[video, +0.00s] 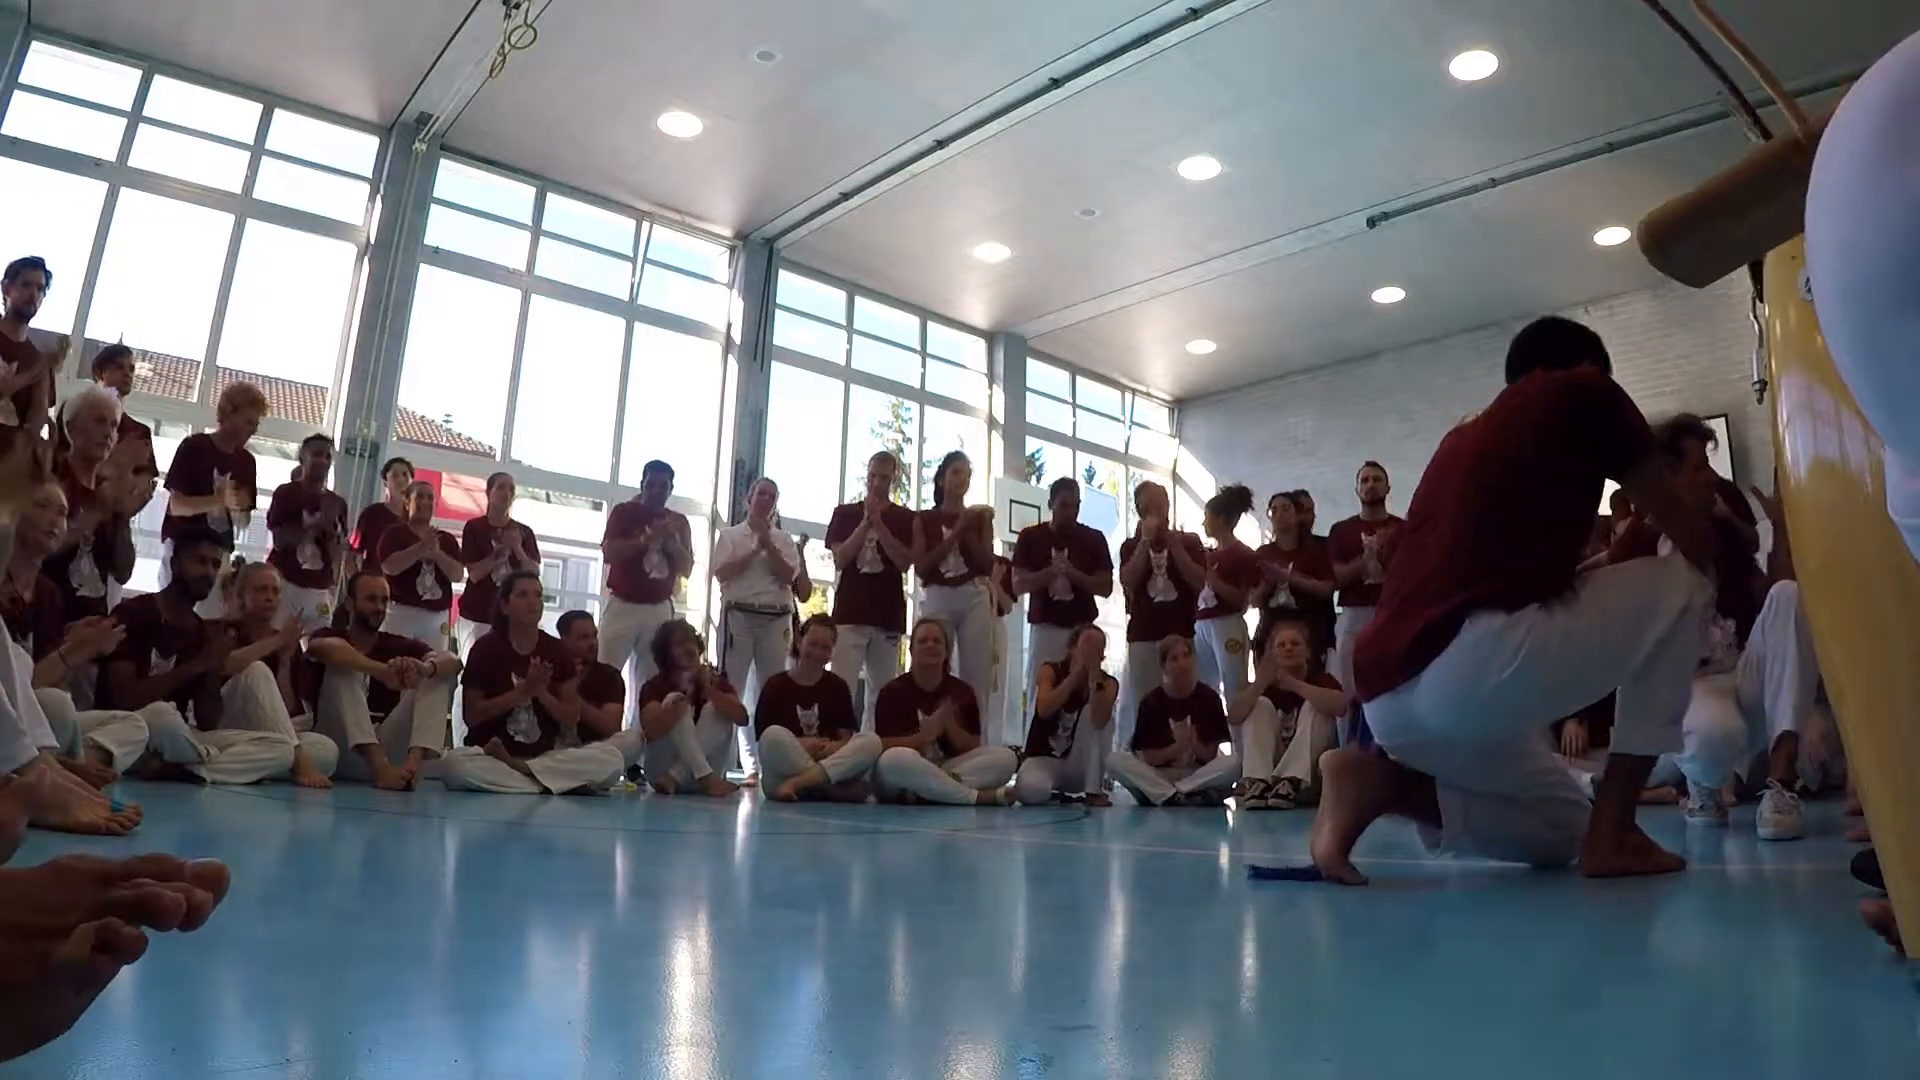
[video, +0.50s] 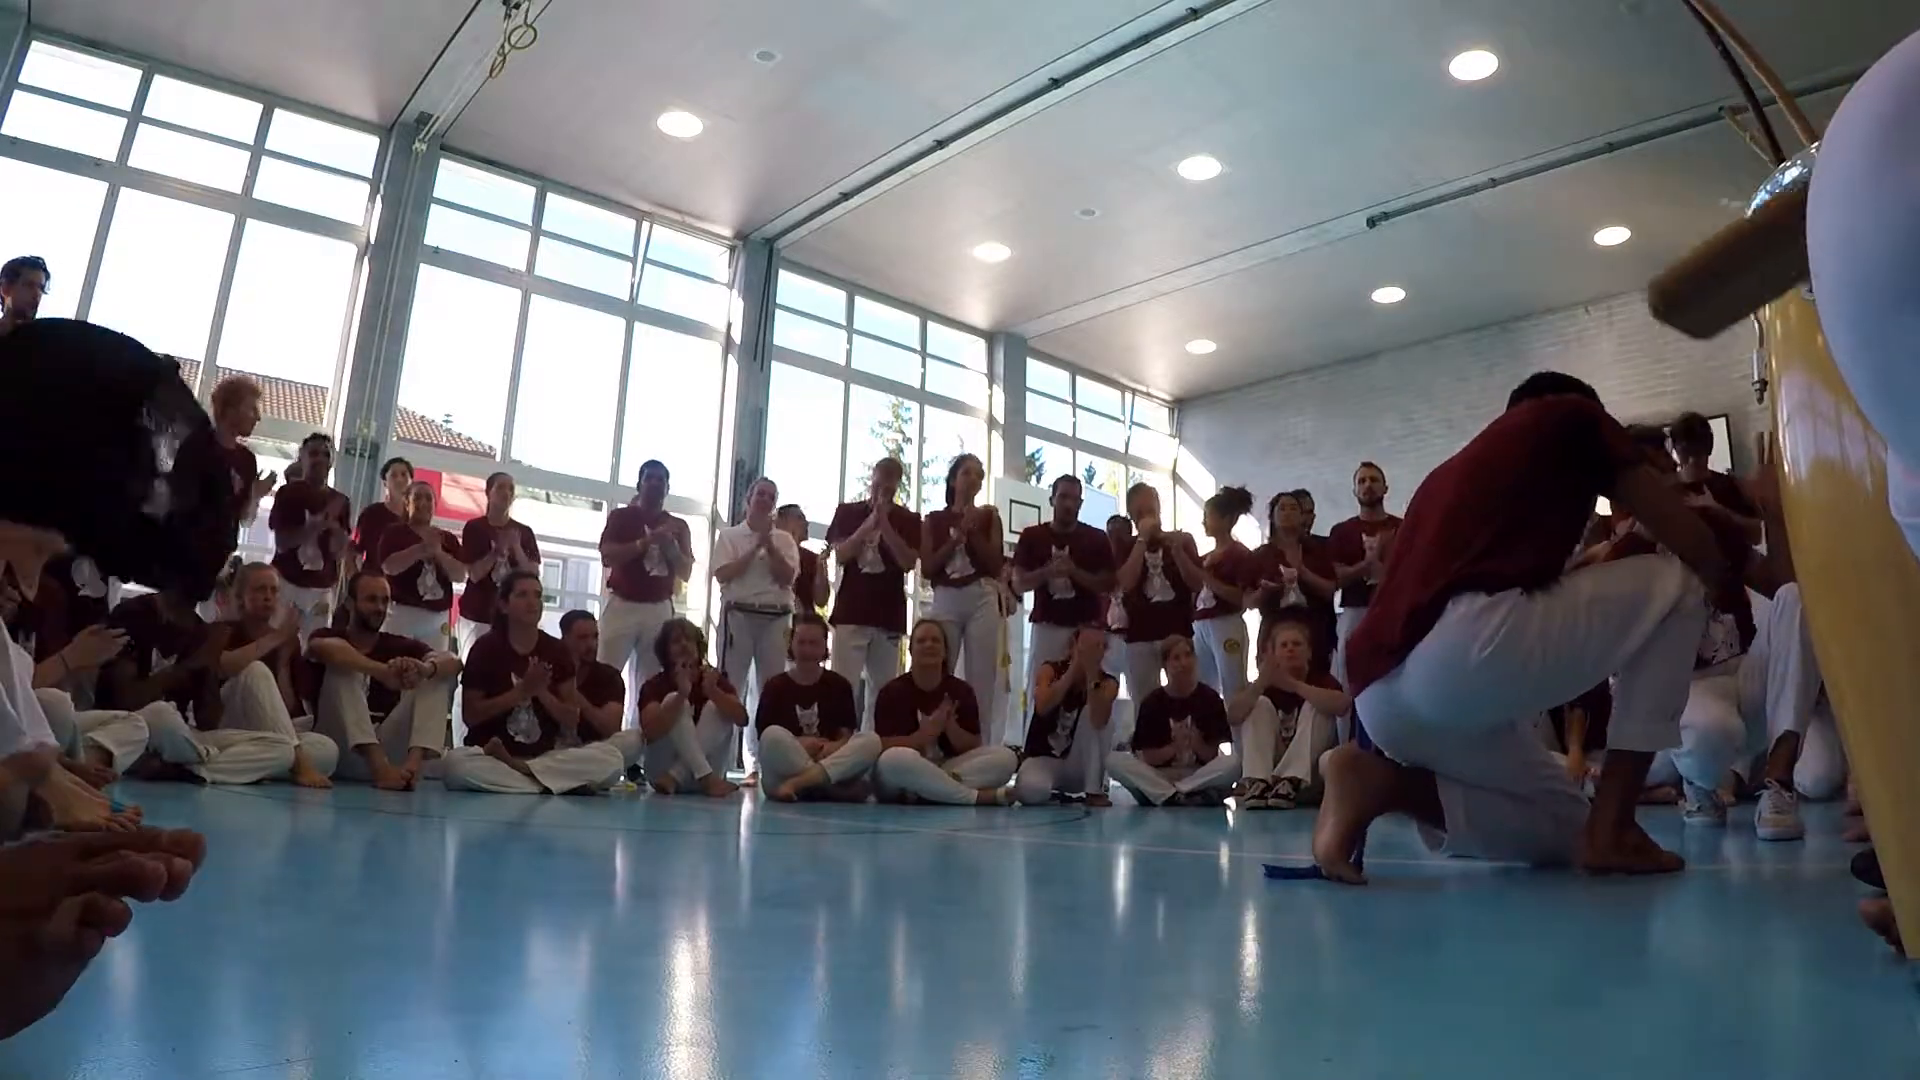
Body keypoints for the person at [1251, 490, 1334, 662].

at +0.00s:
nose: (1279, 514)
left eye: (1286, 509)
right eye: (1274, 510)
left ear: (1297, 514)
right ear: (1270, 517)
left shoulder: (1316, 550)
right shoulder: (1263, 553)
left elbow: (1327, 589)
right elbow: (1254, 600)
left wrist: (1292, 578)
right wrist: (1268, 583)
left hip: (1310, 626)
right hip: (1271, 627)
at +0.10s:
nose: (1279, 514)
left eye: (1286, 509)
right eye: (1275, 510)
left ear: (1298, 513)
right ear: (1272, 517)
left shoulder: (1317, 549)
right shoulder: (1264, 555)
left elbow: (1327, 589)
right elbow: (1256, 602)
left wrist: (1288, 578)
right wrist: (1271, 585)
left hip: (1310, 628)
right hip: (1273, 628)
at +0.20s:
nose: (1282, 514)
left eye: (1288, 508)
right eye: (1277, 509)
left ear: (1299, 513)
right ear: (1274, 517)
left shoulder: (1319, 549)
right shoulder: (1264, 555)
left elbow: (1329, 590)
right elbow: (1257, 602)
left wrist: (1289, 579)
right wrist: (1272, 585)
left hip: (1312, 628)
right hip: (1273, 629)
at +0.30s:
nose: (1283, 514)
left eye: (1289, 508)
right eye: (1279, 509)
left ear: (1302, 514)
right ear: (1274, 517)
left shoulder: (1320, 549)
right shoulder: (1264, 555)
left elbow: (1331, 590)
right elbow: (1256, 602)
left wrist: (1296, 580)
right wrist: (1271, 588)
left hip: (1312, 625)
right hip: (1274, 626)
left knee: (1311, 686)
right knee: (1274, 686)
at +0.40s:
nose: (1286, 512)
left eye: (1292, 508)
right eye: (1281, 508)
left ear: (1302, 515)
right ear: (1273, 517)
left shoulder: (1320, 548)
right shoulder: (1262, 555)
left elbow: (1332, 590)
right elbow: (1254, 603)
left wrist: (1299, 576)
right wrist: (1269, 592)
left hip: (1315, 627)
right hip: (1275, 630)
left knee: (1314, 688)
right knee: (1275, 689)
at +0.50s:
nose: (1287, 513)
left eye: (1293, 509)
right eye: (1282, 509)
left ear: (1302, 516)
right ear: (1272, 517)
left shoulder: (1318, 549)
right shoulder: (1260, 555)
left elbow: (1330, 590)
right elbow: (1248, 602)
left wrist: (1303, 573)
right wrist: (1264, 592)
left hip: (1315, 625)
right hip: (1275, 627)